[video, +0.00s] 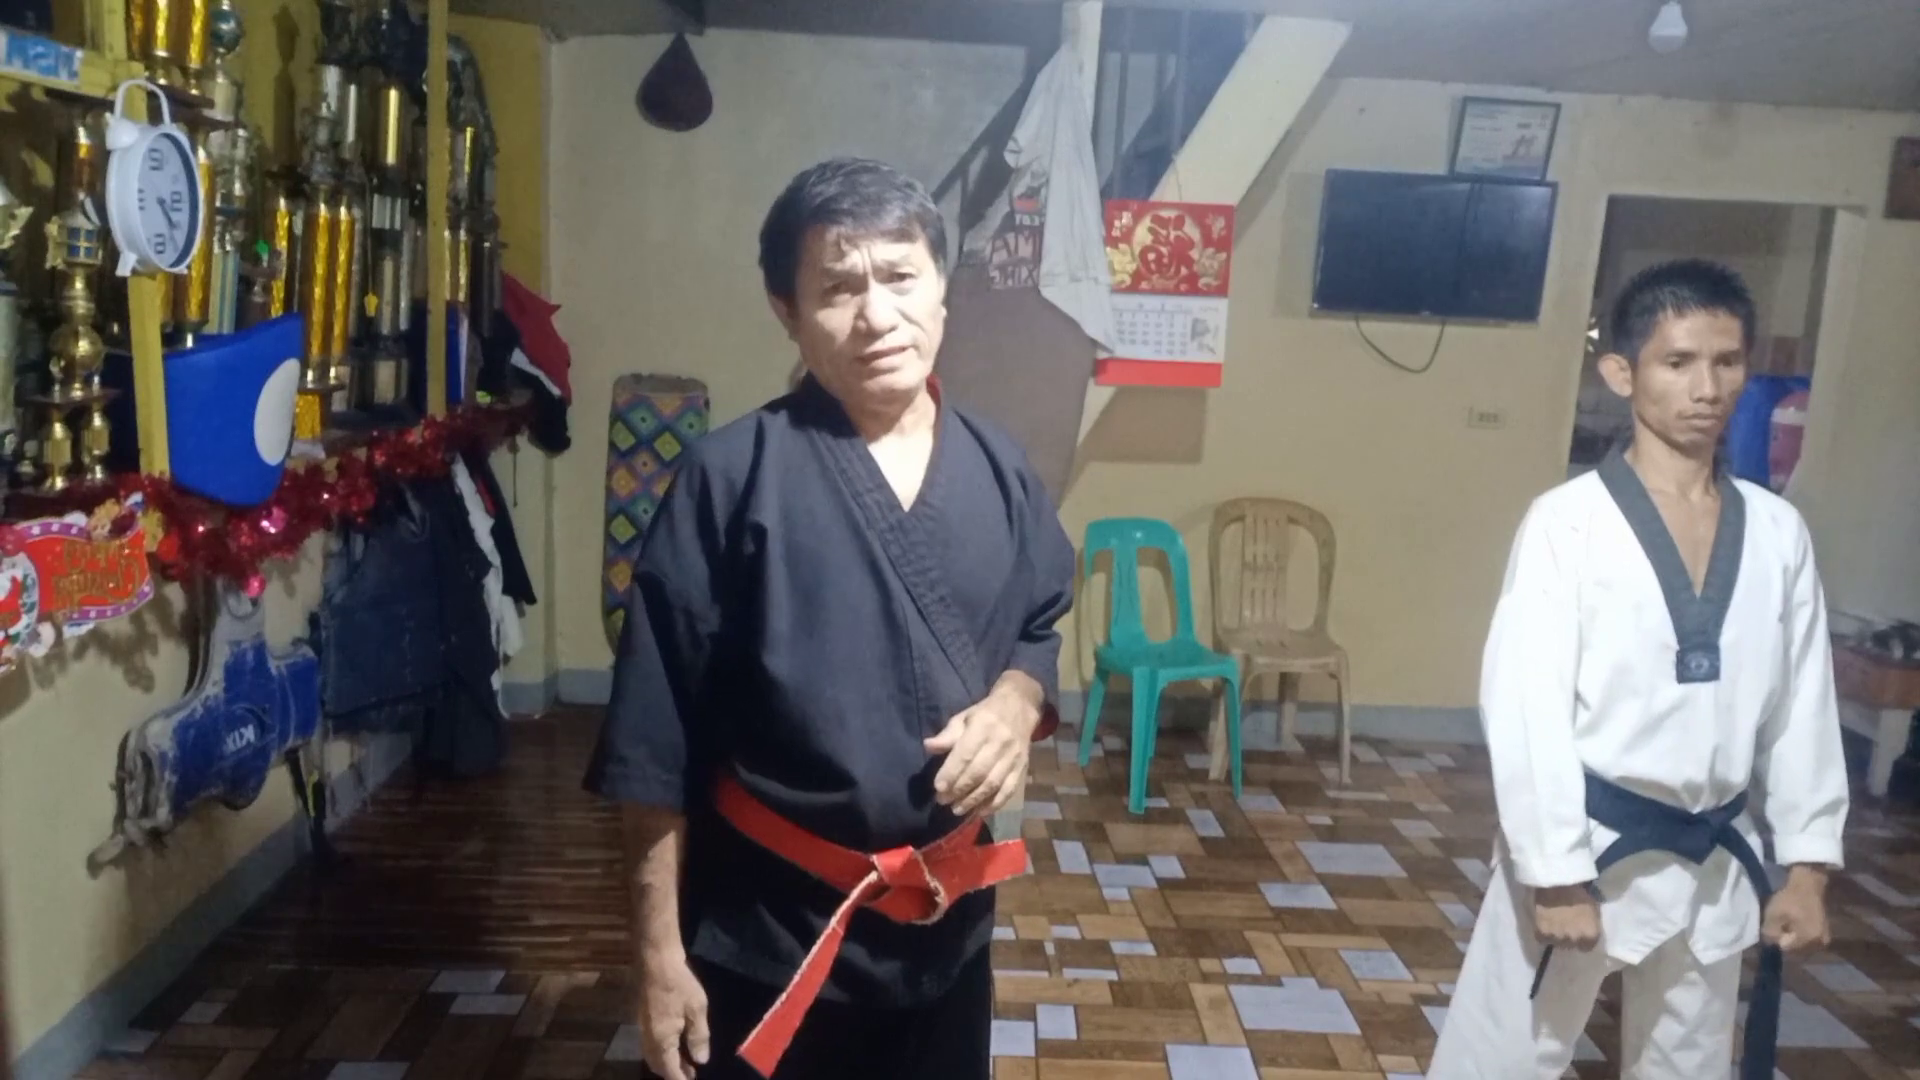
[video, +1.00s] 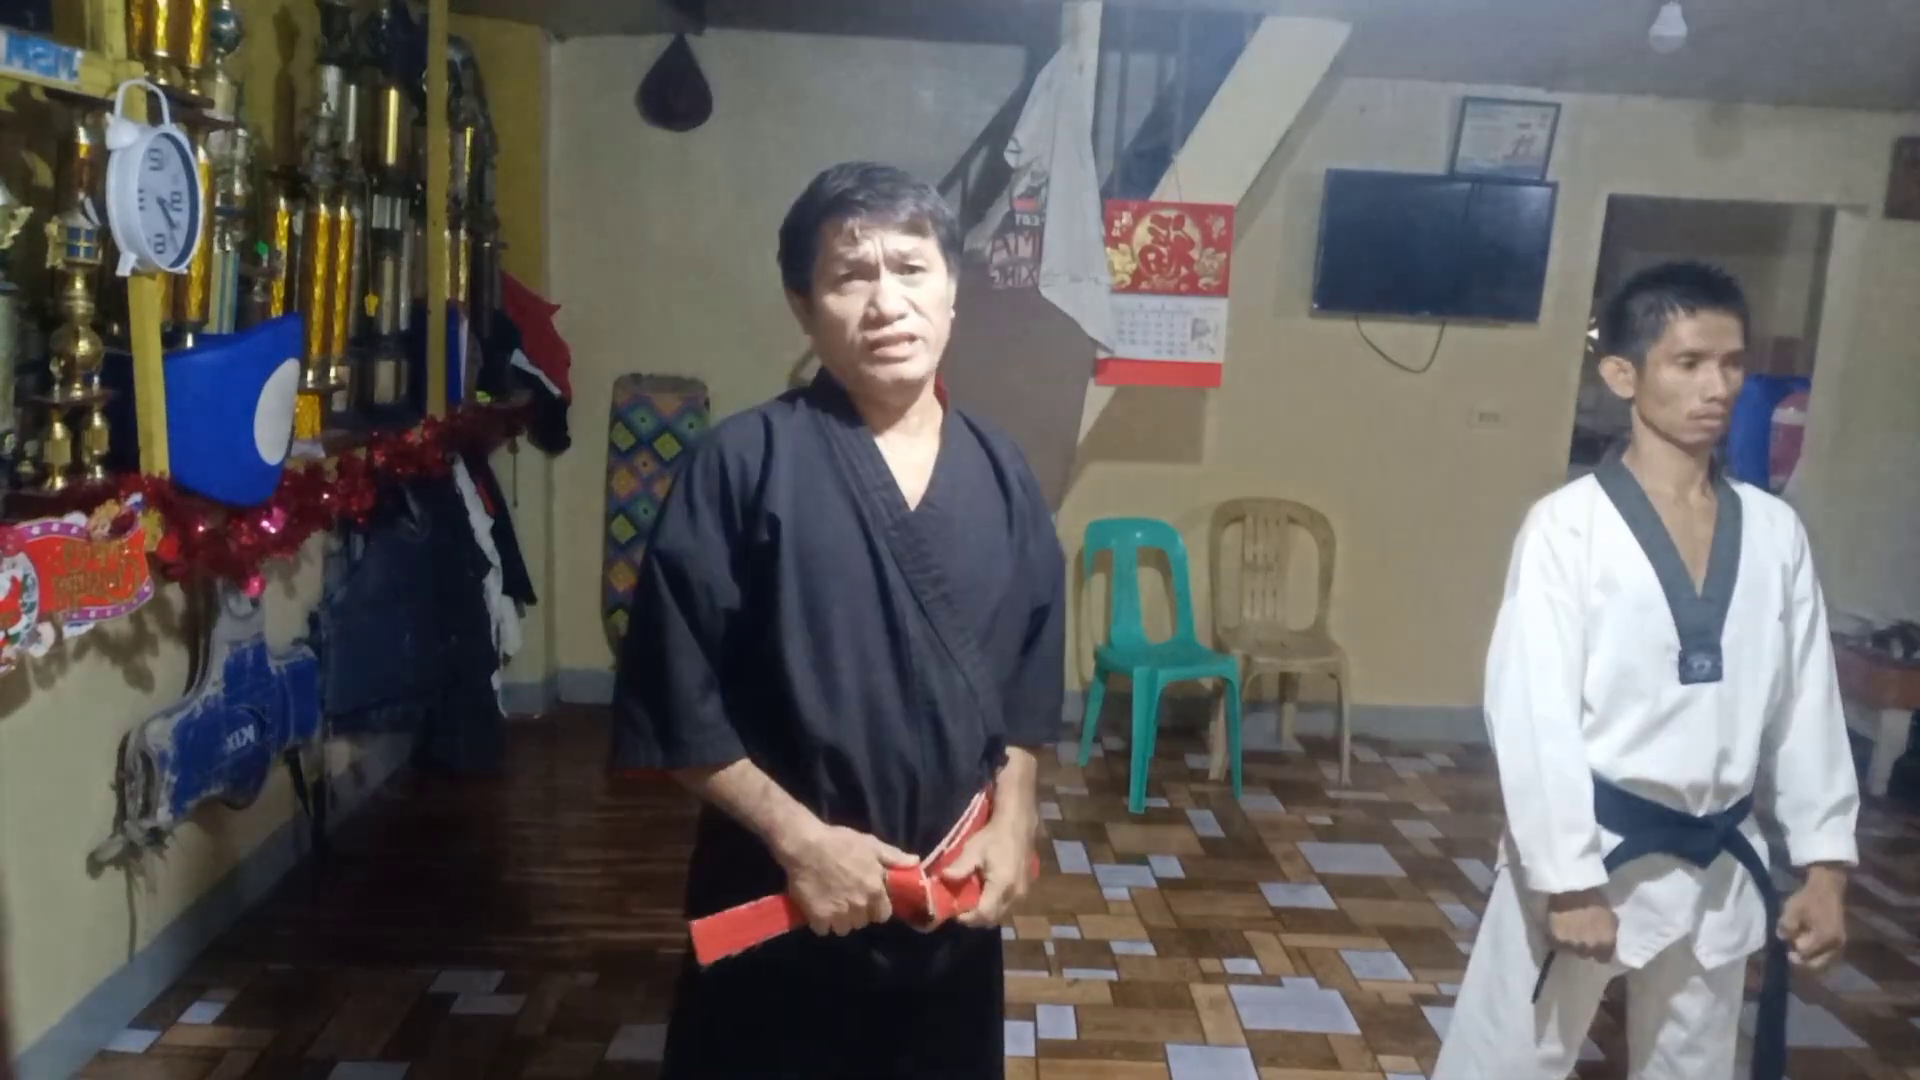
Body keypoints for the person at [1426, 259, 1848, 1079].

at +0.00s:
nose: (1708, 387)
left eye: (1726, 361)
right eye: (1679, 361)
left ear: (1746, 370)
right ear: (1620, 374)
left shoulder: (1778, 530)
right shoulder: (1565, 523)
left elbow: (1805, 704)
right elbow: (1524, 702)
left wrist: (1808, 864)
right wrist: (1556, 871)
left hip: (1718, 862)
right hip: (1579, 857)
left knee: (1688, 1069)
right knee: (1505, 1062)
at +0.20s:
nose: (1706, 389)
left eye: (1725, 363)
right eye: (1677, 363)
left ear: (1743, 370)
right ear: (1618, 373)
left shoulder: (1774, 528)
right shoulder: (1563, 523)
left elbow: (1802, 701)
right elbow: (1525, 702)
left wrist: (1812, 860)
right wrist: (1565, 870)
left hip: (1713, 856)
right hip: (1577, 851)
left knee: (1684, 1068)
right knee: (1499, 1062)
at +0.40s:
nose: (1700, 388)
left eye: (1719, 362)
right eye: (1671, 363)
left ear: (1740, 369)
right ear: (1614, 374)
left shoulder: (1777, 528)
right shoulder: (1559, 523)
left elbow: (1805, 701)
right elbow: (1521, 702)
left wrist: (1809, 862)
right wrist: (1552, 869)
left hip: (1717, 859)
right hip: (1578, 854)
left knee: (1684, 1070)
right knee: (1496, 1063)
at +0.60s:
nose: (1699, 385)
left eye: (1718, 358)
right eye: (1669, 360)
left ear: (1739, 368)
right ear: (1613, 374)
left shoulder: (1781, 530)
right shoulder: (1561, 523)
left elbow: (1811, 704)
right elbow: (1521, 702)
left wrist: (1816, 865)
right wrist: (1548, 870)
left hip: (1721, 862)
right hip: (1582, 855)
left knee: (1693, 1071)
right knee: (1501, 1064)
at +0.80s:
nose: (1705, 385)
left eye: (1723, 360)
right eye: (1676, 360)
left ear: (1742, 369)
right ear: (1616, 374)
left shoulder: (1776, 530)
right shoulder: (1564, 524)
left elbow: (1806, 704)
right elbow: (1529, 706)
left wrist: (1816, 864)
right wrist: (1568, 876)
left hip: (1721, 863)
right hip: (1583, 859)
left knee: (1693, 1071)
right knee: (1510, 1065)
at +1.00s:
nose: (1718, 387)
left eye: (1730, 362)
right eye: (1689, 363)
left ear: (1745, 368)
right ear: (1621, 376)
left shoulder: (1775, 530)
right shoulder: (1565, 527)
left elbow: (1808, 705)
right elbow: (1531, 710)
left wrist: (1826, 866)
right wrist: (1570, 880)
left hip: (1721, 870)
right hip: (1581, 864)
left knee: (1693, 1071)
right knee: (1506, 1066)